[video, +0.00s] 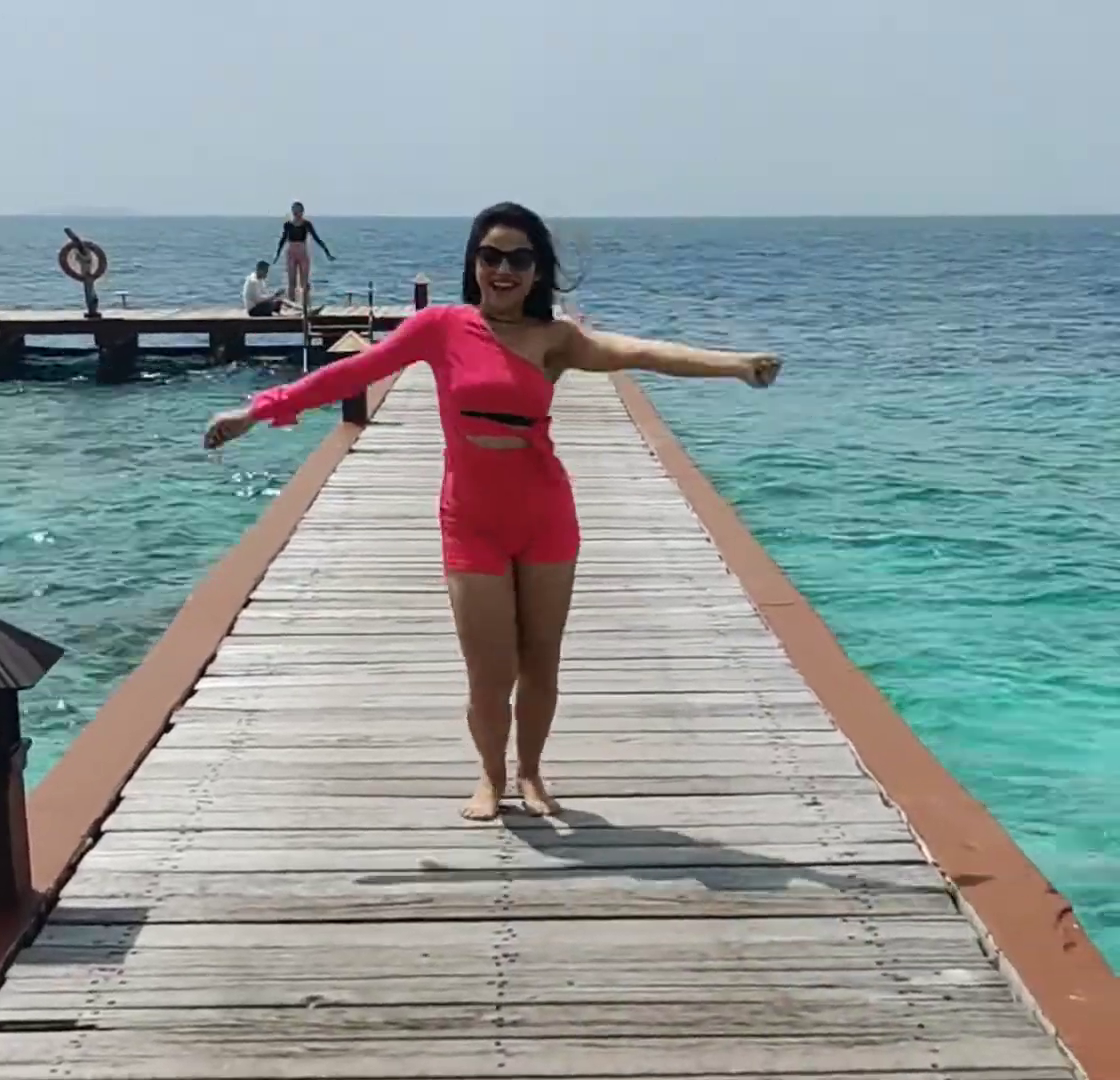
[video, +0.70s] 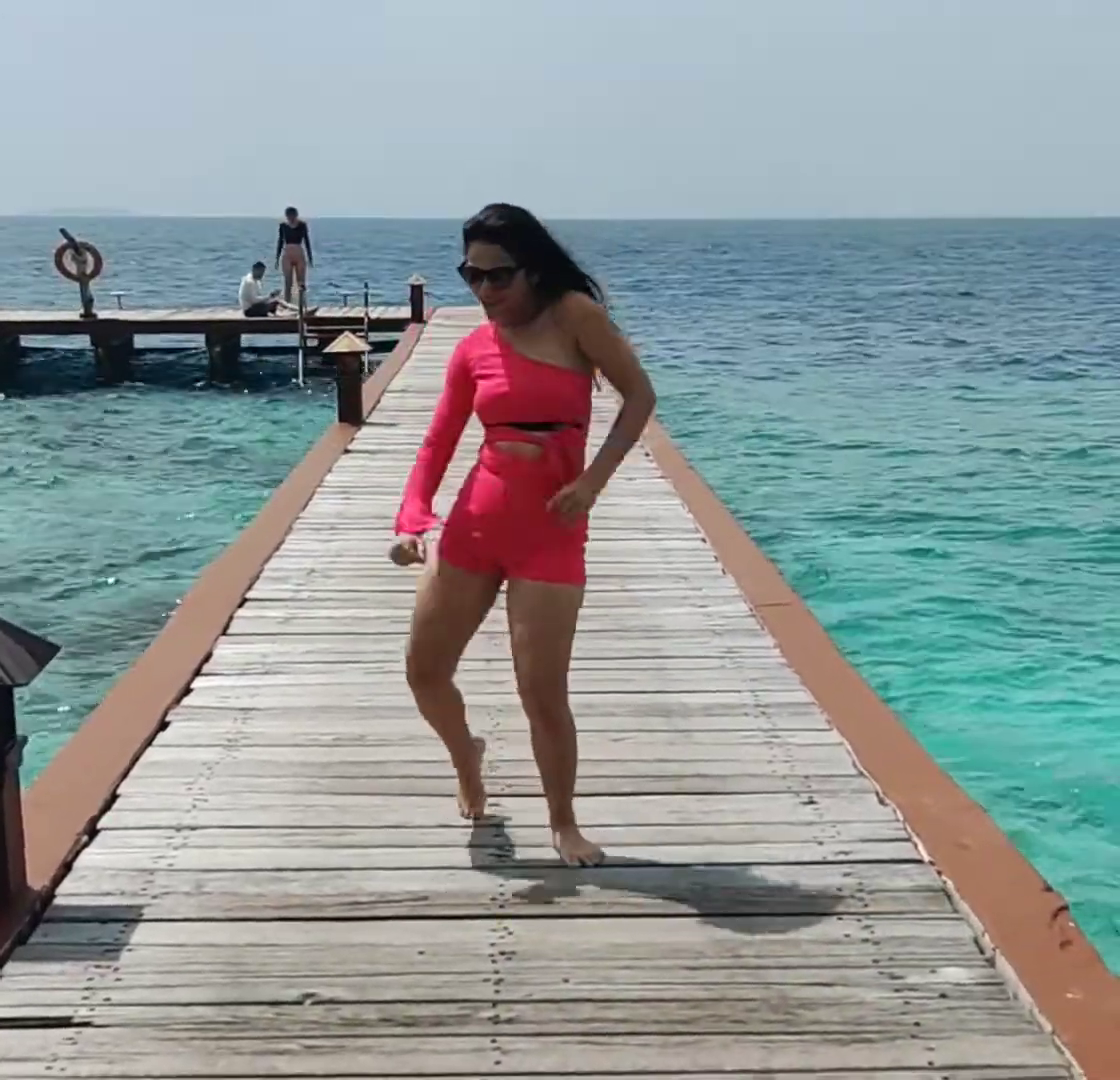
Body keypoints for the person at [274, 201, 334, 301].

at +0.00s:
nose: (297, 214)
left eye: (299, 211)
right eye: (295, 212)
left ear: (302, 212)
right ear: (292, 212)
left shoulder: (307, 224)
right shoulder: (288, 225)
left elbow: (317, 239)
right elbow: (283, 239)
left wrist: (327, 253)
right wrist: (277, 254)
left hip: (303, 254)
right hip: (291, 254)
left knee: (304, 284)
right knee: (291, 283)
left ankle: (305, 307)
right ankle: (291, 306)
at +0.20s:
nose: (294, 215)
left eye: (296, 213)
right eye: (292, 213)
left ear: (299, 213)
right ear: (289, 213)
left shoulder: (304, 225)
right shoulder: (285, 226)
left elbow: (314, 235)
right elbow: (276, 239)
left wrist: (324, 242)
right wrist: (269, 250)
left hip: (301, 256)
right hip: (289, 256)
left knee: (302, 284)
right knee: (289, 284)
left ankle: (303, 307)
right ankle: (288, 306)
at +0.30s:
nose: (292, 214)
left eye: (294, 212)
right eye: (290, 212)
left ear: (298, 212)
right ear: (288, 213)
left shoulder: (303, 225)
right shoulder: (284, 225)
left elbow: (311, 233)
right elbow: (277, 237)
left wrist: (317, 238)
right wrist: (272, 246)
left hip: (299, 252)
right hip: (289, 252)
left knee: (301, 282)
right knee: (287, 283)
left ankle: (301, 307)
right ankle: (287, 305)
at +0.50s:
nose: (291, 217)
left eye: (293, 215)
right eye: (289, 215)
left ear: (297, 214)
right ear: (287, 215)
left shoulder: (303, 225)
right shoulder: (284, 225)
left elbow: (308, 240)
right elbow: (279, 238)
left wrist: (304, 245)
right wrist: (280, 246)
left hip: (298, 249)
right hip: (288, 250)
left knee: (301, 281)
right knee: (287, 282)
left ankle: (301, 306)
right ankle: (287, 304)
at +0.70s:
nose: (291, 220)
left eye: (293, 217)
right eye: (289, 217)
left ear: (296, 216)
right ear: (286, 217)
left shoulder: (302, 225)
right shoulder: (283, 226)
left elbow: (307, 241)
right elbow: (280, 242)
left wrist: (310, 257)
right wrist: (277, 258)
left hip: (298, 251)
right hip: (287, 252)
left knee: (301, 282)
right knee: (287, 282)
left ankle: (302, 306)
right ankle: (287, 305)